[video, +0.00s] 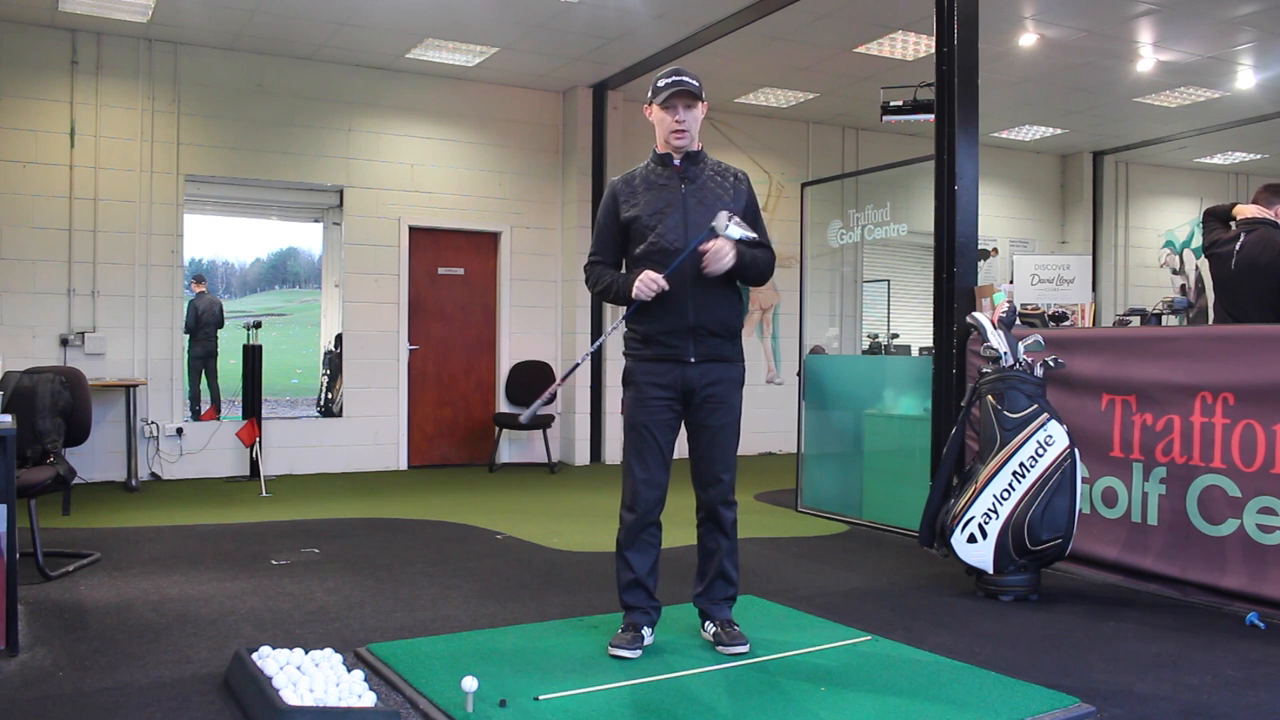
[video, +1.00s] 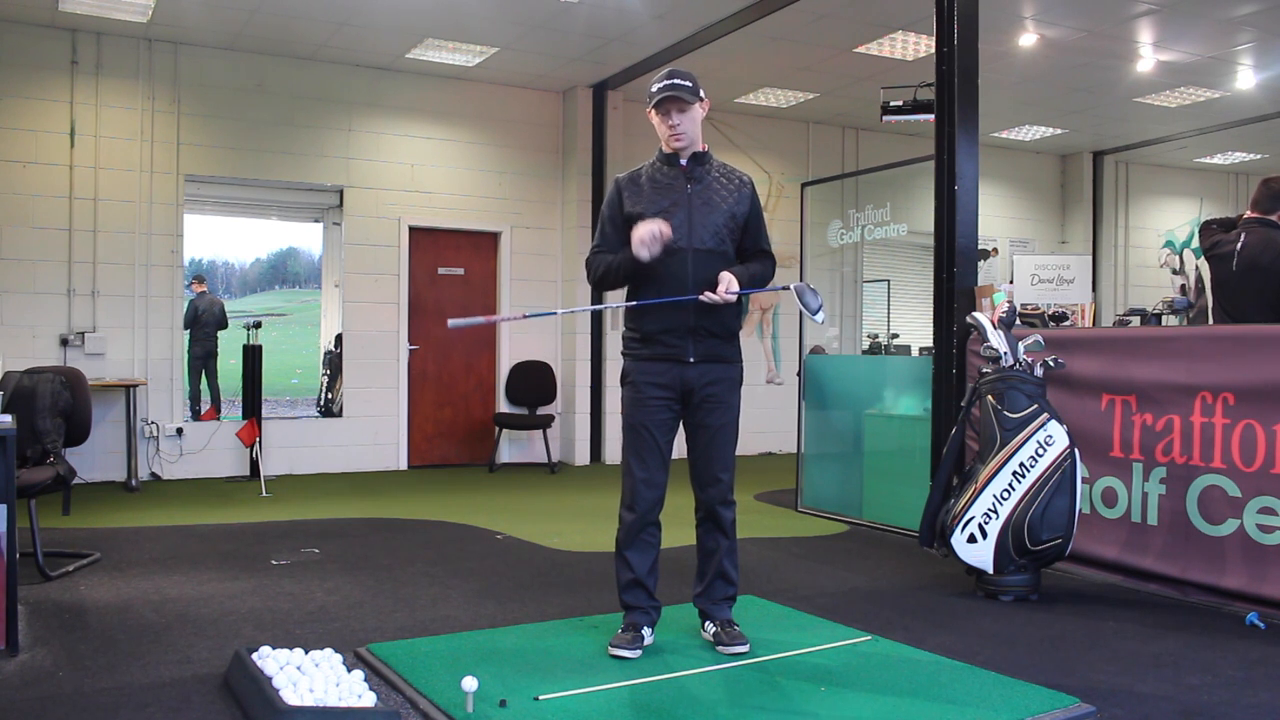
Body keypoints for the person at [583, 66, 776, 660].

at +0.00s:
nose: (681, 117)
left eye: (690, 106)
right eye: (670, 107)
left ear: (704, 113)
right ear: (651, 114)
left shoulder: (734, 185)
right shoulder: (625, 190)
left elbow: (763, 266)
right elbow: (597, 271)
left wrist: (737, 252)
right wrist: (629, 283)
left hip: (719, 362)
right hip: (651, 362)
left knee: (718, 494)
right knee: (642, 495)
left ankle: (718, 612)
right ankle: (638, 616)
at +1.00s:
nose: (672, 119)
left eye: (681, 107)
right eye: (662, 110)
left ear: (704, 110)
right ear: (652, 119)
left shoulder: (737, 186)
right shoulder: (628, 188)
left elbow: (763, 263)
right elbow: (598, 272)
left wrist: (738, 277)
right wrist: (633, 252)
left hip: (717, 362)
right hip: (649, 361)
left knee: (716, 494)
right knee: (641, 495)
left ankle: (718, 612)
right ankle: (638, 616)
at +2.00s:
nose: (671, 117)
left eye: (680, 105)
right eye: (660, 108)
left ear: (703, 108)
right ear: (650, 119)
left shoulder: (736, 186)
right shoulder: (628, 186)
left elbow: (760, 262)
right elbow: (600, 271)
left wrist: (739, 278)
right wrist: (634, 223)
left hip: (717, 361)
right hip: (649, 359)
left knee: (716, 494)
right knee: (641, 495)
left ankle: (718, 612)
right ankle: (638, 616)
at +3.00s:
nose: (673, 112)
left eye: (684, 101)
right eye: (664, 104)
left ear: (707, 109)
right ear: (654, 117)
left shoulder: (739, 190)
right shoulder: (632, 184)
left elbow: (763, 269)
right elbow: (586, 246)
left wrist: (743, 275)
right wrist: (646, 200)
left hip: (715, 364)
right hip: (647, 361)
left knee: (715, 495)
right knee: (640, 496)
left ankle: (717, 611)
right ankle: (637, 616)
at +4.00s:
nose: (671, 128)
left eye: (680, 116)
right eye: (662, 119)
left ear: (704, 111)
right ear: (652, 123)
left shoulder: (737, 188)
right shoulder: (631, 187)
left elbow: (757, 278)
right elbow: (600, 262)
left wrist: (744, 236)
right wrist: (649, 231)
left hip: (715, 363)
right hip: (647, 362)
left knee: (715, 495)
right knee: (640, 496)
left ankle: (718, 612)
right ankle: (637, 616)